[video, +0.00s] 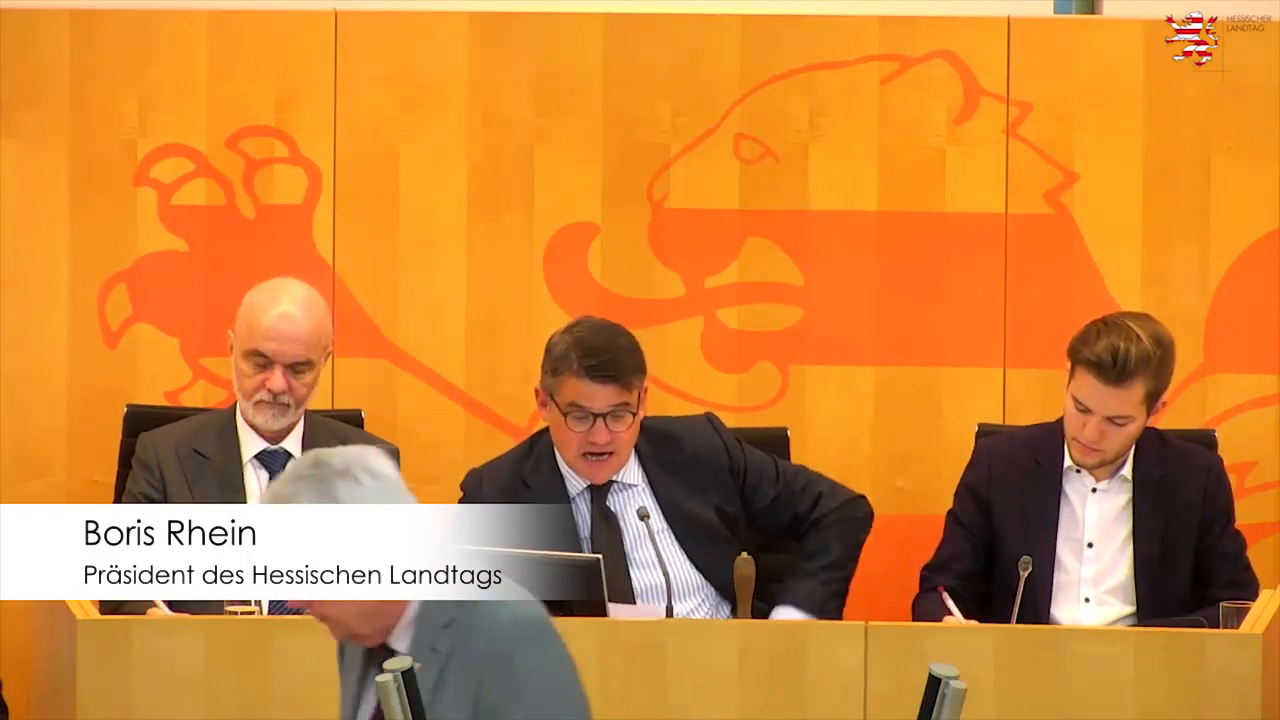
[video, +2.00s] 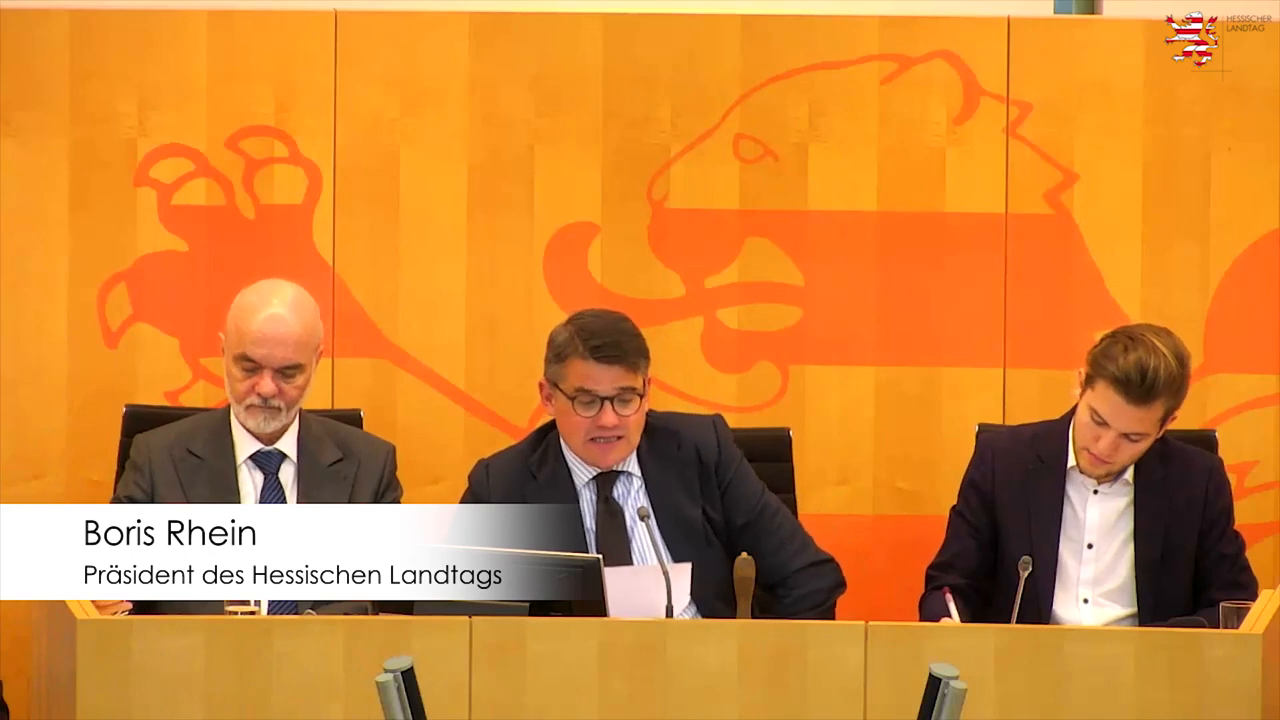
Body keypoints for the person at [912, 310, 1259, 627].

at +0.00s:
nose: (1090, 434)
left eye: (1116, 422)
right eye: (1081, 407)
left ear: (1155, 411)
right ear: (1067, 381)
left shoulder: (1197, 475)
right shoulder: (1000, 460)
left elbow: (1239, 602)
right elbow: (941, 591)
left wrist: (1150, 641)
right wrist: (952, 633)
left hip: (1149, 678)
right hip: (1023, 670)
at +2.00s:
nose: (1105, 447)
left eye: (1131, 437)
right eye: (1097, 419)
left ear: (1164, 423)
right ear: (1081, 383)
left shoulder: (1199, 478)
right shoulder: (1002, 458)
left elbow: (1238, 601)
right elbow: (950, 584)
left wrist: (1166, 644)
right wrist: (951, 634)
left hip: (1150, 680)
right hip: (1024, 672)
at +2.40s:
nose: (1106, 448)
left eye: (1133, 438)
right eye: (1098, 420)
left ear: (1166, 423)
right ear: (1082, 384)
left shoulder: (1200, 478)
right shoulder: (1003, 458)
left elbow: (1238, 601)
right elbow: (953, 583)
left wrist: (1164, 645)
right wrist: (954, 636)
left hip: (1151, 680)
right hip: (1026, 672)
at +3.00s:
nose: (1108, 447)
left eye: (1134, 438)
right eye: (1100, 420)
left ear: (1167, 424)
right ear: (1083, 383)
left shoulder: (1200, 478)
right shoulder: (1003, 457)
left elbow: (1237, 601)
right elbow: (953, 583)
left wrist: (1168, 644)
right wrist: (952, 634)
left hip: (1151, 680)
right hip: (1025, 672)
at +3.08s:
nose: (1108, 447)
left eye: (1135, 438)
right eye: (1100, 420)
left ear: (1167, 424)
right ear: (1083, 383)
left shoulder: (1200, 478)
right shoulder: (1003, 457)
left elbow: (1237, 601)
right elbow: (954, 582)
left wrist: (1165, 644)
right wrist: (953, 633)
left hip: (1151, 680)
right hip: (1026, 672)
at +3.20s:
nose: (1109, 446)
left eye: (1136, 435)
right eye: (1101, 418)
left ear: (1168, 422)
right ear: (1084, 382)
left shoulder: (1201, 478)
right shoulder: (1003, 458)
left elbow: (1238, 602)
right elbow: (953, 586)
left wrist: (1162, 646)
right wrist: (946, 638)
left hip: (1151, 680)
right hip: (1025, 672)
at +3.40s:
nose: (1109, 440)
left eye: (1136, 429)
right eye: (1101, 413)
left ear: (1168, 417)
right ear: (1083, 380)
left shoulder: (1201, 477)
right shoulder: (1003, 457)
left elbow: (1238, 603)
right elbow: (955, 584)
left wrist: (1160, 644)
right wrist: (948, 622)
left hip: (1152, 681)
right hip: (1026, 671)